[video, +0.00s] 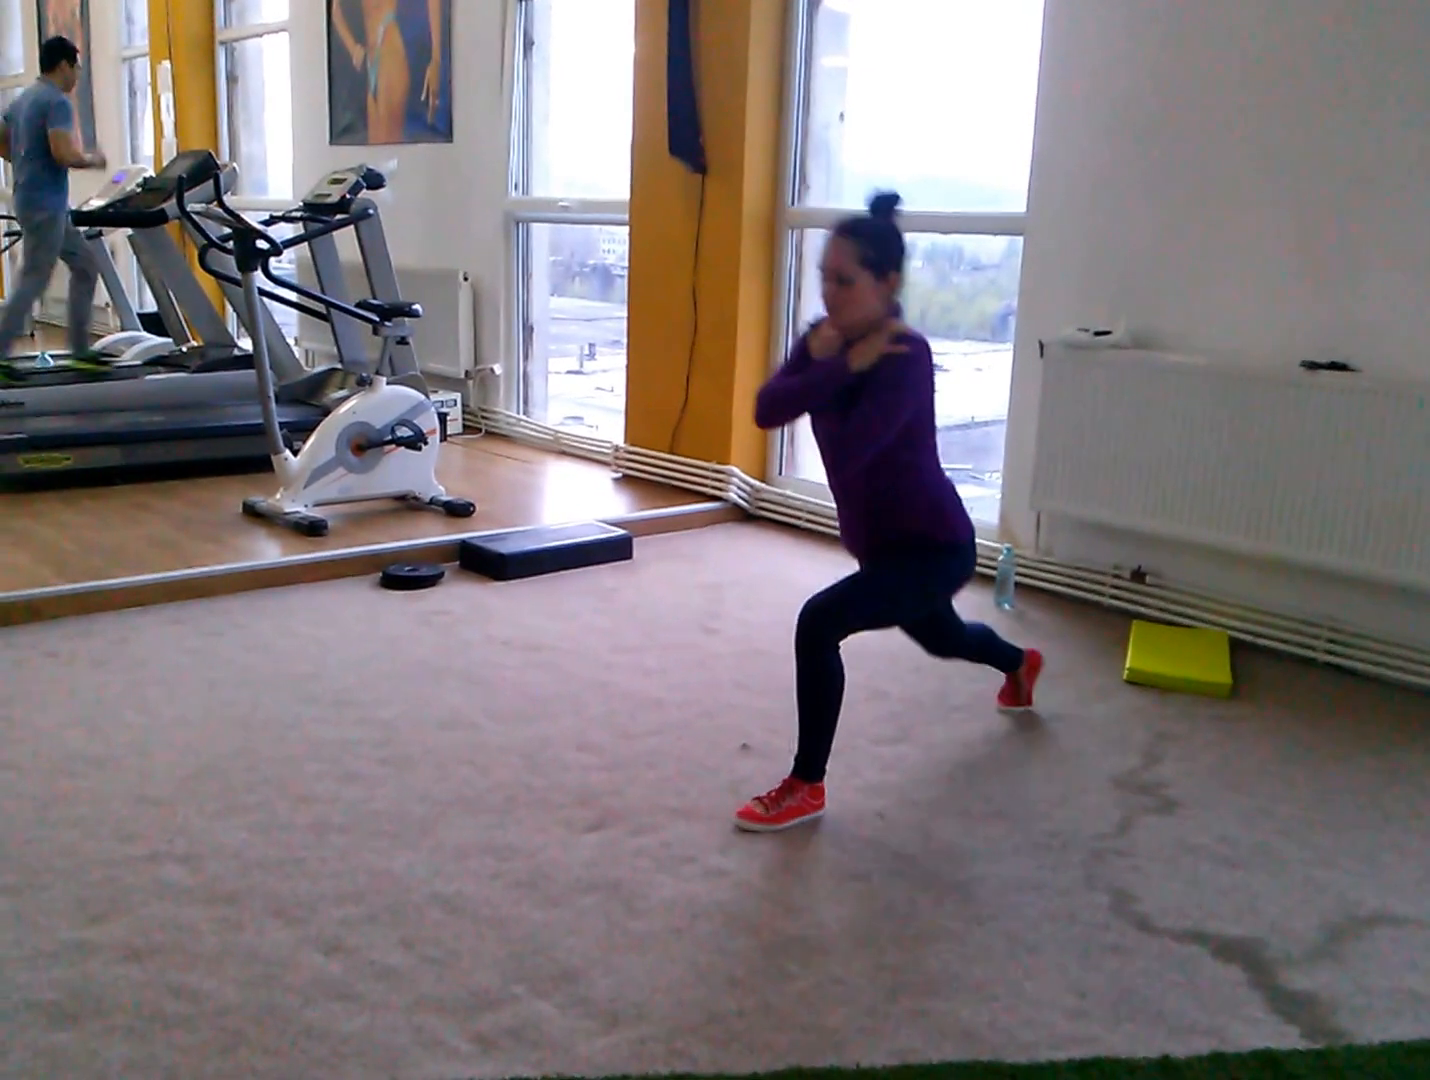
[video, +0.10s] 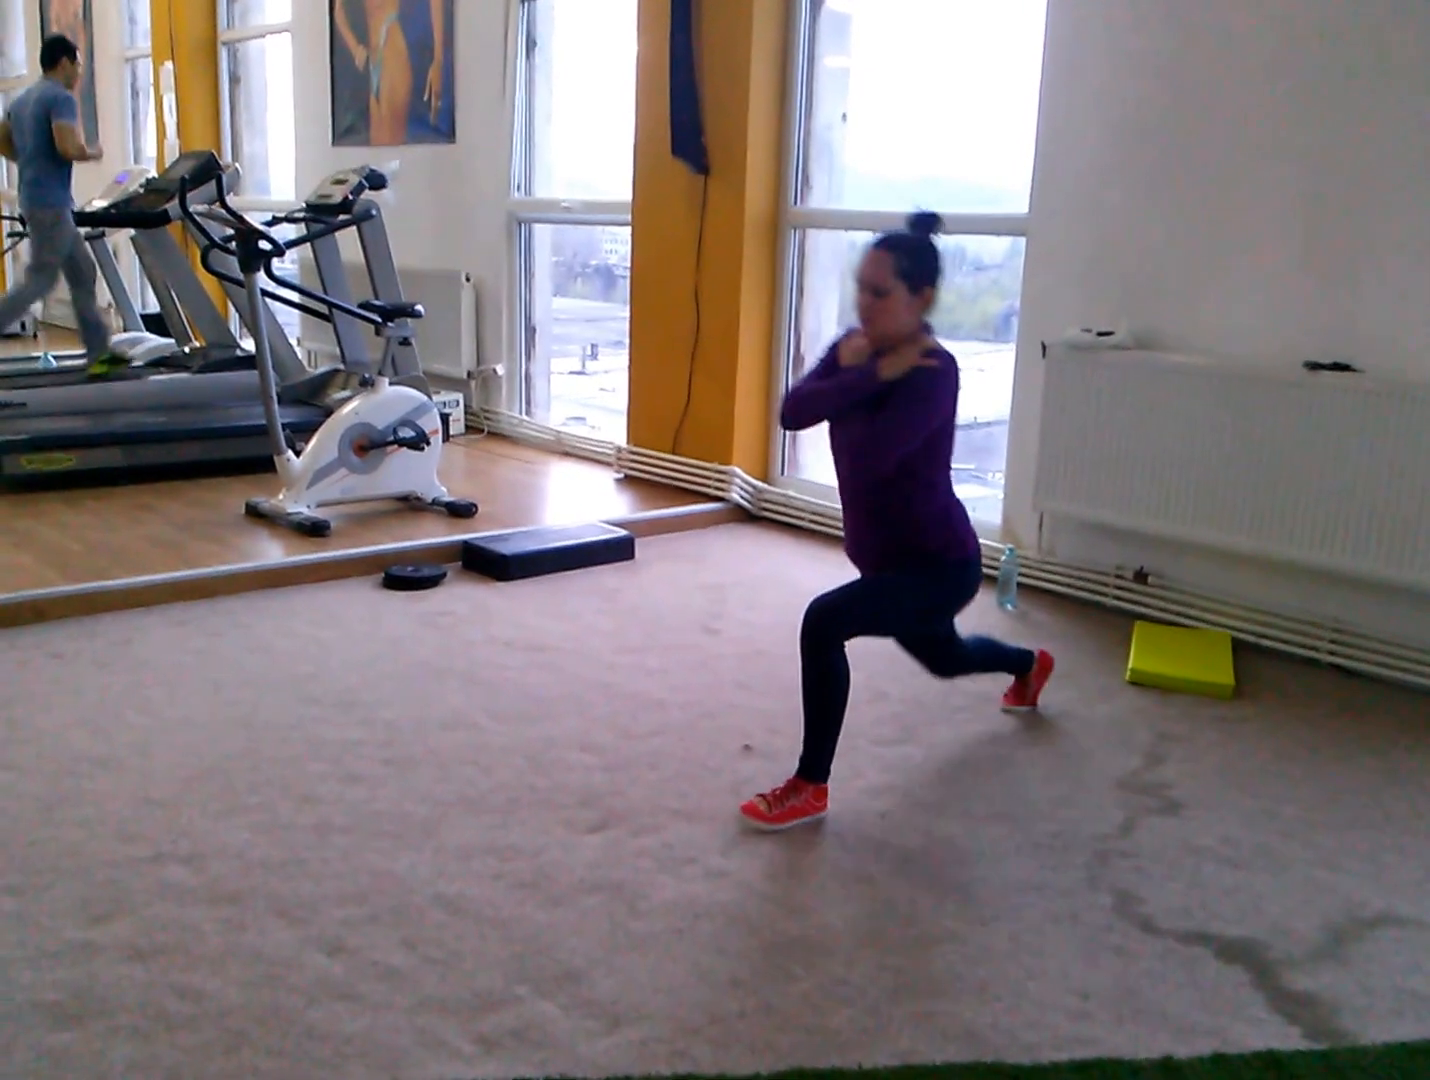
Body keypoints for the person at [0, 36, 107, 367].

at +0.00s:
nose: (77, 75)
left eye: (76, 68)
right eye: (75, 68)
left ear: (47, 66)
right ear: (63, 66)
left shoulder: (22, 99)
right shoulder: (56, 102)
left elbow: (3, 144)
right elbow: (64, 155)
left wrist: (28, 160)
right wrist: (93, 159)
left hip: (31, 204)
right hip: (46, 207)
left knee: (86, 264)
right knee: (34, 280)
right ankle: (2, 351)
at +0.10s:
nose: (78, 71)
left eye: (78, 64)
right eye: (76, 64)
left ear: (47, 64)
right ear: (64, 62)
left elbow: (5, 143)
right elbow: (68, 149)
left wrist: (33, 158)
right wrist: (91, 153)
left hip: (34, 204)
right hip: (51, 205)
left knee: (83, 274)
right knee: (43, 277)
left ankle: (99, 354)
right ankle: (2, 320)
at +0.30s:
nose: (83, 81)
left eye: (83, 74)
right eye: (81, 73)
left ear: (56, 74)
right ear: (68, 73)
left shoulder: (43, 107)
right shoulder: (55, 108)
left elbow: (43, 160)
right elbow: (45, 155)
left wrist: (80, 186)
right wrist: (83, 183)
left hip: (40, 214)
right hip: (53, 215)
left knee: (57, 287)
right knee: (100, 276)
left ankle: (32, 361)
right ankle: (43, 345)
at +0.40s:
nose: (89, 72)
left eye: (88, 66)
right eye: (86, 65)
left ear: (64, 64)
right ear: (71, 64)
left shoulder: (58, 99)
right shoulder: (51, 96)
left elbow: (60, 154)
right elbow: (36, 142)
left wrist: (96, 155)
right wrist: (77, 163)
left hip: (46, 205)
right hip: (55, 205)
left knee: (34, 281)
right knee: (100, 268)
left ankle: (4, 352)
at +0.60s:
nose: (97, 86)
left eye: (96, 79)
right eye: (93, 78)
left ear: (72, 80)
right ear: (80, 79)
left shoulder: (65, 116)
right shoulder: (61, 116)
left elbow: (60, 171)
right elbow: (58, 169)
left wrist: (92, 184)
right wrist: (96, 190)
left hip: (59, 220)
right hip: (61, 220)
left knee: (81, 289)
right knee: (96, 288)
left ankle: (15, 335)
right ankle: (70, 367)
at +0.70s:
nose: (98, 87)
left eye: (98, 80)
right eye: (96, 80)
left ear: (71, 80)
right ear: (84, 79)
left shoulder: (49, 111)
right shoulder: (70, 114)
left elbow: (28, 159)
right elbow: (76, 169)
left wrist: (69, 176)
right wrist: (108, 183)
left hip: (52, 218)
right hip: (66, 219)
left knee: (105, 277)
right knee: (73, 292)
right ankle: (38, 371)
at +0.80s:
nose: (99, 80)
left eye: (99, 73)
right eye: (98, 73)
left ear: (69, 71)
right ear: (85, 70)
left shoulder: (46, 104)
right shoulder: (77, 105)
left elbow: (21, 150)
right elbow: (85, 158)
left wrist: (57, 168)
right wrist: (109, 165)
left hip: (58, 215)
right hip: (68, 216)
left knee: (104, 280)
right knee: (49, 290)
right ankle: (6, 359)